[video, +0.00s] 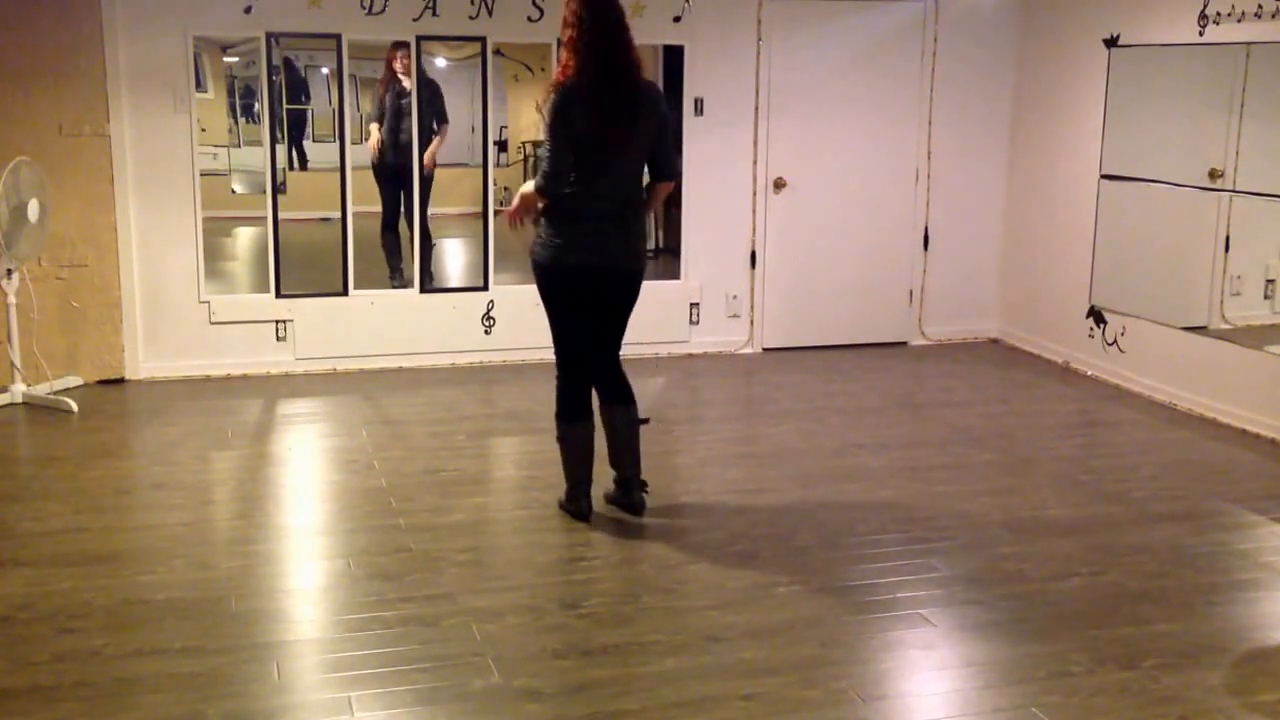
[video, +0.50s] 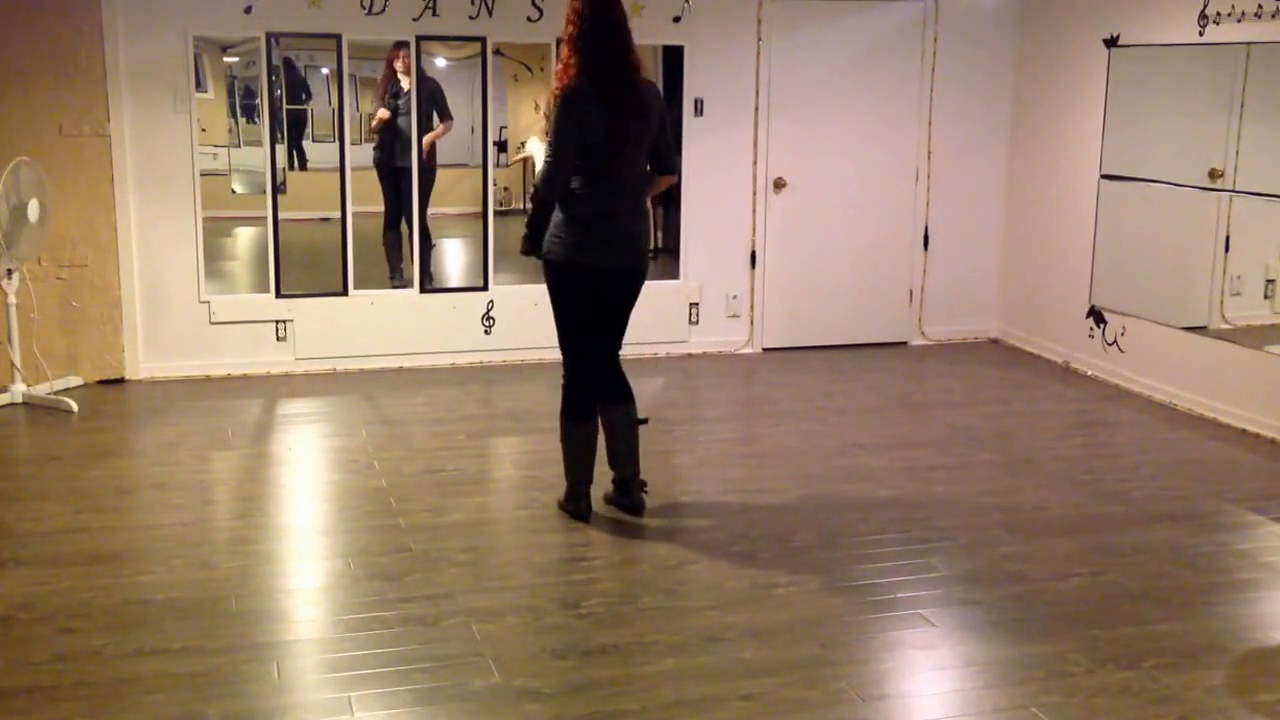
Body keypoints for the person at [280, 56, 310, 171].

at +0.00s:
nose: (282, 71)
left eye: (282, 68)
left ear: (283, 67)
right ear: (293, 65)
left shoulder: (282, 80)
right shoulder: (301, 78)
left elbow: (278, 97)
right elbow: (307, 96)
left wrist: (279, 110)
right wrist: (304, 106)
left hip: (287, 113)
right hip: (300, 112)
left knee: (288, 142)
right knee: (299, 141)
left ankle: (289, 167)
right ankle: (303, 164)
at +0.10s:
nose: (282, 71)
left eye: (282, 68)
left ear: (283, 67)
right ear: (293, 65)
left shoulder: (282, 80)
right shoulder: (301, 78)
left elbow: (278, 96)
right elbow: (307, 96)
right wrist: (304, 105)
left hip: (287, 112)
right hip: (300, 112)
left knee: (288, 142)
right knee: (298, 142)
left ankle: (290, 167)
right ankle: (303, 165)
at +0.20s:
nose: (282, 71)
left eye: (282, 69)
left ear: (283, 68)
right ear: (293, 65)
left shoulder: (283, 80)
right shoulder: (301, 78)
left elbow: (281, 96)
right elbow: (307, 96)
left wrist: (278, 101)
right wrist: (305, 104)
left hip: (287, 112)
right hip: (300, 111)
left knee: (288, 142)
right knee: (298, 142)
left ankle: (290, 167)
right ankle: (303, 165)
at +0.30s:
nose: (282, 71)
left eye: (282, 68)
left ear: (283, 68)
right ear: (293, 65)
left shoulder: (282, 79)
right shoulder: (300, 78)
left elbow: (281, 95)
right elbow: (308, 95)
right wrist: (303, 102)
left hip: (287, 112)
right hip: (300, 112)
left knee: (288, 143)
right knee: (298, 142)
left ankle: (290, 168)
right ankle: (303, 165)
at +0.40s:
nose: (282, 71)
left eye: (282, 68)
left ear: (283, 68)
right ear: (293, 65)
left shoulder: (282, 79)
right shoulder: (300, 77)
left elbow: (280, 95)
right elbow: (308, 94)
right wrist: (304, 101)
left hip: (287, 112)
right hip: (300, 111)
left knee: (288, 143)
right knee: (298, 142)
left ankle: (290, 168)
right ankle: (303, 166)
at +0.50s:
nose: (282, 71)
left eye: (282, 68)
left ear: (282, 68)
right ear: (293, 65)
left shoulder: (282, 79)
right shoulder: (300, 78)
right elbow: (308, 94)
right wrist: (304, 101)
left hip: (287, 112)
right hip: (300, 112)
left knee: (288, 143)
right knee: (298, 142)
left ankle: (290, 168)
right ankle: (303, 166)